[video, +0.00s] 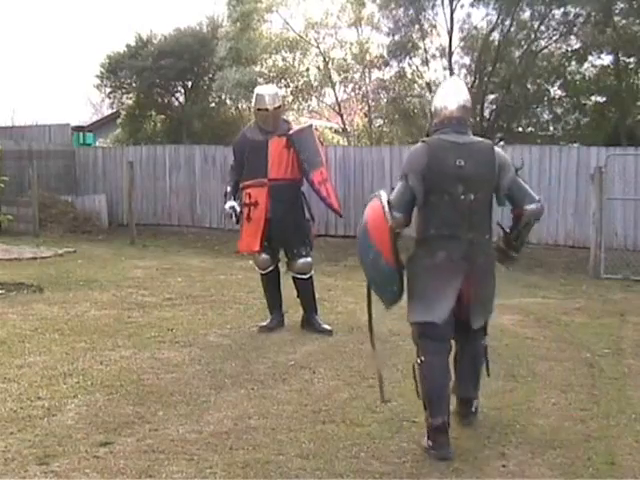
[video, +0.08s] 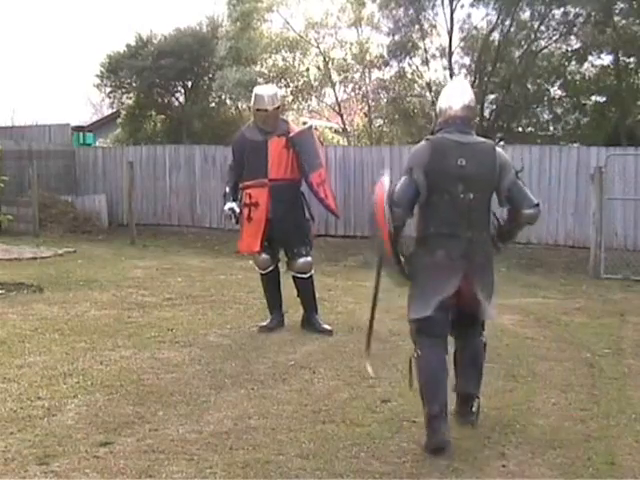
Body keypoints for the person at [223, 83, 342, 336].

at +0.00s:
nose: (267, 116)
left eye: (271, 110)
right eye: (261, 111)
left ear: (280, 109)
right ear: (254, 111)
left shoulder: (293, 135)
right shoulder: (244, 140)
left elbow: (312, 166)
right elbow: (235, 175)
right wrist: (231, 199)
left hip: (291, 207)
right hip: (258, 210)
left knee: (302, 262)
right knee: (264, 261)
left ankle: (310, 316)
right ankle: (276, 315)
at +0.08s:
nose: (265, 116)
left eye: (270, 110)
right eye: (260, 111)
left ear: (279, 109)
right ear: (253, 111)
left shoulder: (293, 134)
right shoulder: (243, 139)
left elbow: (311, 165)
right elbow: (234, 173)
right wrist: (230, 199)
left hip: (290, 206)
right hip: (258, 209)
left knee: (302, 261)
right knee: (264, 261)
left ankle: (311, 316)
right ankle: (276, 315)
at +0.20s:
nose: (261, 117)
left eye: (266, 111)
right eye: (256, 112)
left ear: (276, 109)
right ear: (250, 111)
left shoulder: (291, 134)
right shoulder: (240, 139)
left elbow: (309, 169)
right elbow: (231, 175)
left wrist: (305, 137)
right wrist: (229, 200)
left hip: (290, 205)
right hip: (257, 207)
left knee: (303, 260)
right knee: (264, 260)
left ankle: (312, 315)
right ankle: (275, 315)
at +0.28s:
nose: (260, 117)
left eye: (264, 112)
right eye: (255, 112)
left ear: (275, 109)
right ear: (248, 111)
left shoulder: (290, 133)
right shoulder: (238, 138)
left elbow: (308, 170)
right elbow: (229, 172)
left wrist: (302, 140)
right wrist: (227, 199)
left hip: (289, 202)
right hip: (257, 206)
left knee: (304, 259)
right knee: (265, 260)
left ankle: (312, 315)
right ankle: (276, 316)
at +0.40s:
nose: (256, 117)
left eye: (261, 113)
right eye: (252, 112)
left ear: (272, 110)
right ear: (245, 111)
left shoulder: (287, 132)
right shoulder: (236, 138)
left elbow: (306, 168)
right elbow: (225, 172)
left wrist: (301, 139)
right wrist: (225, 199)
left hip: (289, 200)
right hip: (256, 204)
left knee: (303, 257)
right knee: (265, 260)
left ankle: (304, 312)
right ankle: (276, 315)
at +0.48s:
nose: (256, 117)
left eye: (261, 112)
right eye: (252, 112)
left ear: (271, 109)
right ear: (245, 111)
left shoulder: (287, 132)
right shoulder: (235, 138)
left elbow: (306, 166)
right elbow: (223, 172)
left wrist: (301, 139)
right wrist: (224, 197)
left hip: (289, 200)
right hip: (256, 205)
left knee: (302, 255)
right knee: (265, 259)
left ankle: (295, 306)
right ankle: (276, 314)